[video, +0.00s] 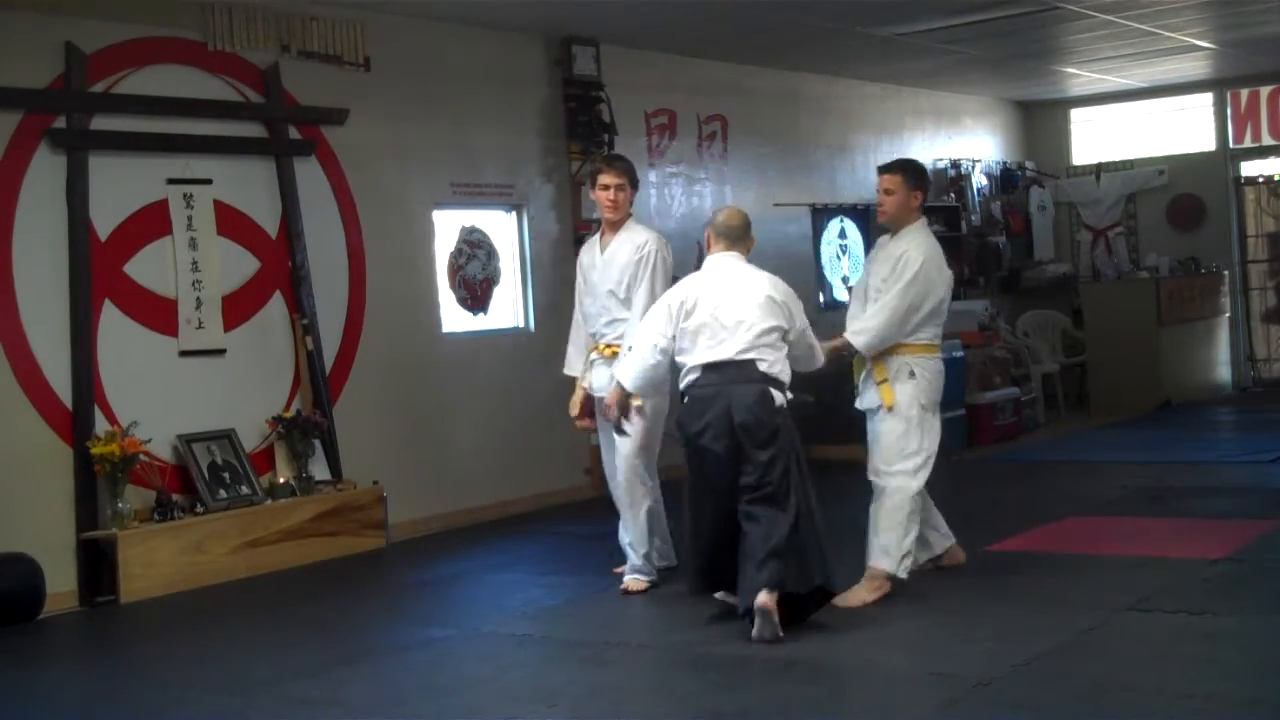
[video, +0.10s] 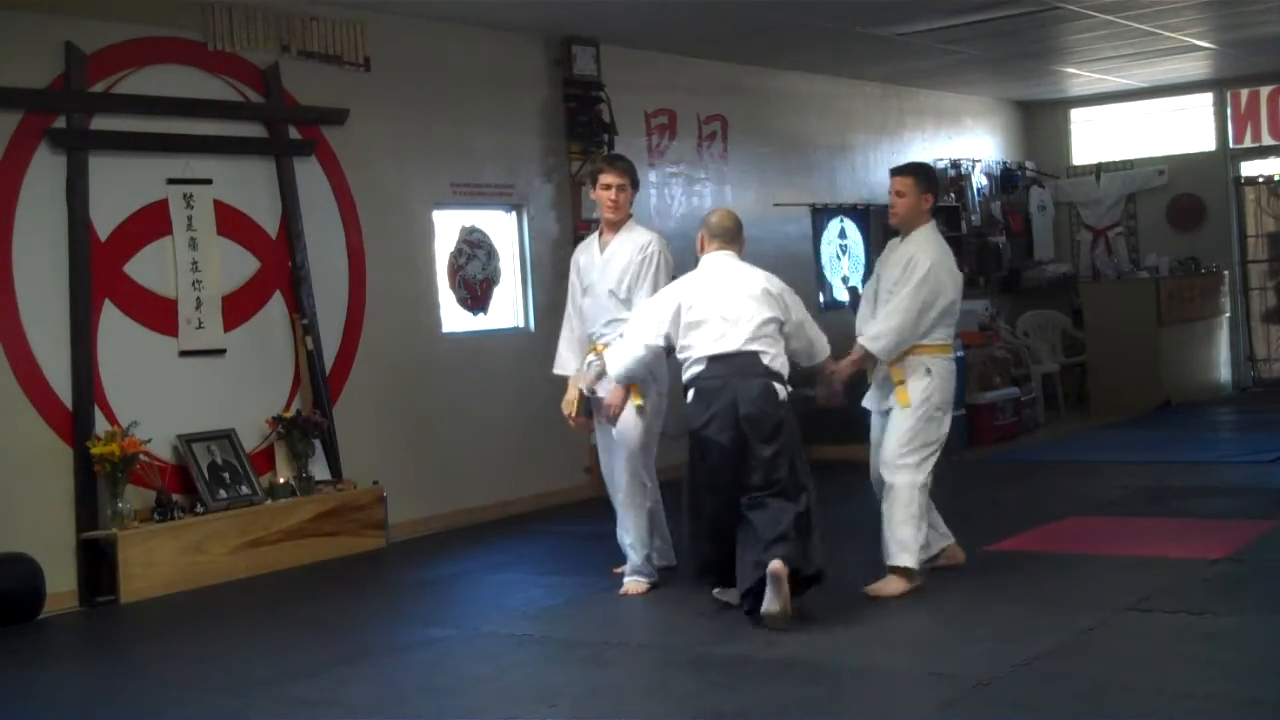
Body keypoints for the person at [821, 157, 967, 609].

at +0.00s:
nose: (879, 200)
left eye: (888, 193)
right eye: (879, 192)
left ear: (916, 199)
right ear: (886, 198)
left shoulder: (921, 252)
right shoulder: (888, 245)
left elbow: (887, 319)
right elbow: (862, 301)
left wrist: (837, 344)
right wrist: (851, 342)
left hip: (910, 370)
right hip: (882, 367)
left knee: (896, 471)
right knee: (886, 467)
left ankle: (879, 573)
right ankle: (943, 546)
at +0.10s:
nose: (891, 202)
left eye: (899, 195)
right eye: (890, 195)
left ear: (926, 201)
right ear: (898, 200)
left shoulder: (930, 255)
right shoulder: (896, 247)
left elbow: (902, 321)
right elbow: (871, 303)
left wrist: (853, 362)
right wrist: (860, 349)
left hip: (925, 370)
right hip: (891, 368)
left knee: (903, 466)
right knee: (883, 468)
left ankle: (902, 569)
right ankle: (942, 545)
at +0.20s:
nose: (899, 200)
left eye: (908, 193)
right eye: (899, 192)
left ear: (934, 199)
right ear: (906, 199)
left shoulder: (944, 252)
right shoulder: (900, 248)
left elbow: (917, 317)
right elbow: (879, 306)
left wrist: (866, 365)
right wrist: (870, 356)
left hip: (933, 367)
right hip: (895, 365)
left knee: (912, 456)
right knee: (887, 461)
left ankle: (950, 545)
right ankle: (925, 550)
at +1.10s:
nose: (872, 218)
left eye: (878, 211)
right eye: (872, 211)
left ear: (901, 214)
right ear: (900, 215)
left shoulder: (914, 253)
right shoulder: (905, 252)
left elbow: (894, 313)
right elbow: (908, 320)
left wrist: (862, 343)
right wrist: (889, 370)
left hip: (943, 360)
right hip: (917, 362)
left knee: (936, 451)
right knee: (890, 444)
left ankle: (990, 519)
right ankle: (904, 525)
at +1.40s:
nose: (922, 214)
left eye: (928, 206)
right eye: (923, 207)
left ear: (951, 210)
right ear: (947, 211)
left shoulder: (967, 251)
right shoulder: (947, 253)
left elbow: (952, 311)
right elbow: (937, 307)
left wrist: (915, 350)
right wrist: (908, 335)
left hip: (984, 361)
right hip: (951, 362)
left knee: (1002, 452)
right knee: (919, 442)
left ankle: (1048, 518)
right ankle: (909, 524)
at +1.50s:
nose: (953, 209)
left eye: (959, 201)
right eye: (954, 201)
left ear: (982, 205)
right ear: (978, 207)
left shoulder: (997, 250)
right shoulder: (977, 250)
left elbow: (978, 316)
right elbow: (968, 309)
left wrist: (931, 329)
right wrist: (932, 327)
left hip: (1015, 360)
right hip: (982, 360)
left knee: (1019, 450)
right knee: (946, 432)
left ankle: (1059, 516)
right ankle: (934, 515)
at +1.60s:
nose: (973, 204)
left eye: (980, 196)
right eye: (975, 196)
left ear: (1001, 201)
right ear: (996, 202)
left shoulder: (1017, 248)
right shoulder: (985, 250)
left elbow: (993, 311)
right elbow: (967, 303)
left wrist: (938, 323)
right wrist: (939, 323)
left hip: (1026, 357)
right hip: (990, 358)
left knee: (1025, 446)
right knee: (962, 433)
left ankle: (1058, 517)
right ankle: (988, 507)